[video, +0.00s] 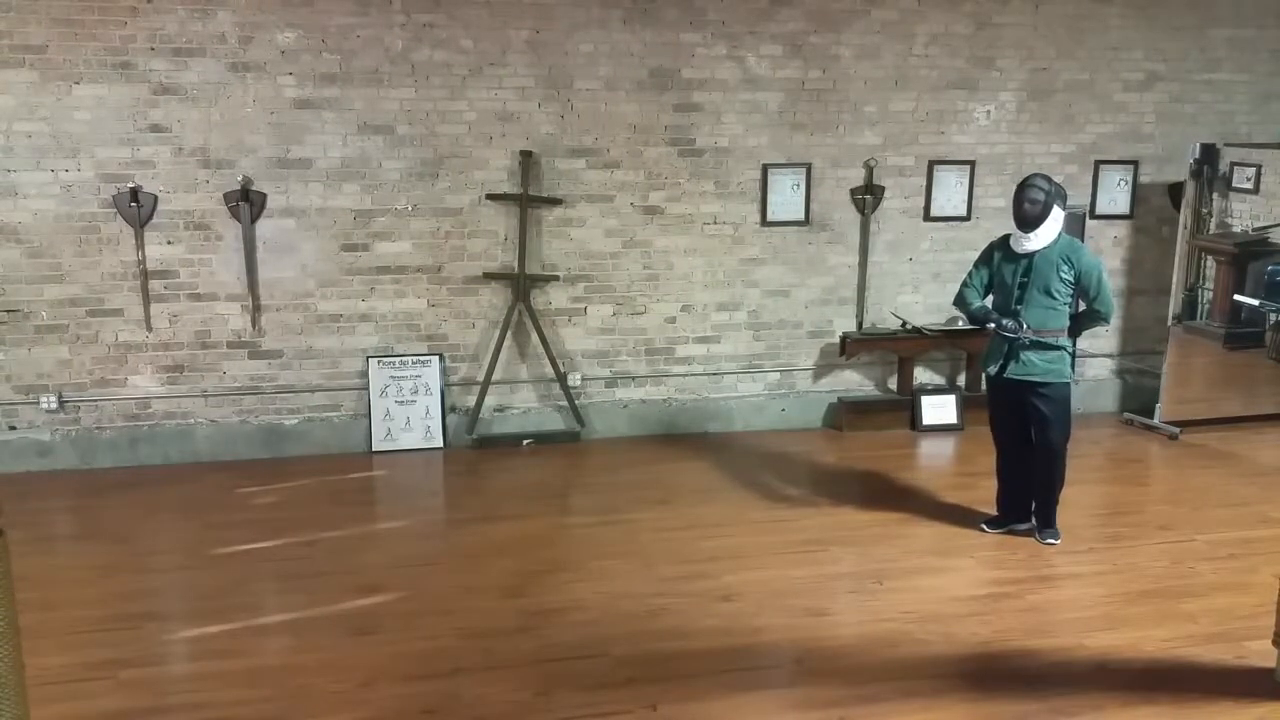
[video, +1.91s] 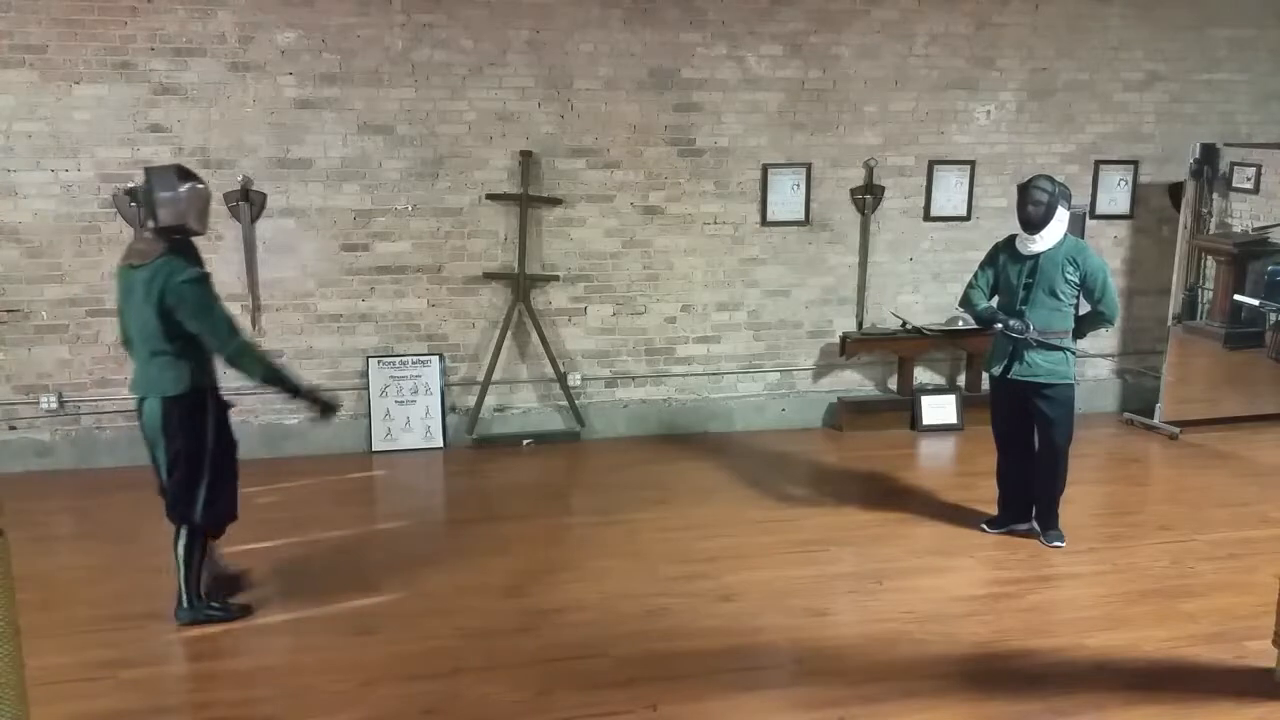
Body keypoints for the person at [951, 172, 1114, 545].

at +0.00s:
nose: (1024, 208)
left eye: (1033, 202)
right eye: (1020, 200)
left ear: (1053, 207)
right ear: (1014, 203)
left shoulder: (1074, 254)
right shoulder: (999, 250)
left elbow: (1102, 310)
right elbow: (966, 296)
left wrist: (1066, 329)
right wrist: (992, 318)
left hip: (1047, 370)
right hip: (1003, 368)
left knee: (1049, 449)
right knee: (1009, 447)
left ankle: (1047, 521)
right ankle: (1014, 514)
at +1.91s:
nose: (1028, 210)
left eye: (1036, 203)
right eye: (1024, 202)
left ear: (1057, 207)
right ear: (1018, 204)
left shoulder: (1079, 255)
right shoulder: (1004, 250)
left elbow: (1106, 312)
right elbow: (971, 298)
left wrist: (1068, 331)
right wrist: (1000, 320)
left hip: (1052, 373)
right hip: (1006, 371)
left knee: (1052, 453)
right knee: (1010, 449)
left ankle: (1048, 523)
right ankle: (1013, 515)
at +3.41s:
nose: (1027, 210)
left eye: (1035, 203)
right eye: (1023, 202)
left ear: (1056, 207)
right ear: (1017, 203)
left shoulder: (1080, 254)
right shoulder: (1005, 249)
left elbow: (1108, 310)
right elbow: (963, 294)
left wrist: (1073, 329)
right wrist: (998, 316)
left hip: (1050, 372)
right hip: (1005, 369)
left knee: (1049, 452)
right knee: (1011, 449)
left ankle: (1049, 523)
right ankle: (1015, 515)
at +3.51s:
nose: (1027, 210)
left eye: (1036, 205)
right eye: (1023, 203)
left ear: (1056, 209)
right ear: (1017, 204)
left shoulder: (1079, 255)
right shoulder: (1007, 249)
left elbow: (1107, 312)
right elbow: (974, 273)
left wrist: (1069, 330)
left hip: (1050, 368)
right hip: (1004, 364)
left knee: (1048, 451)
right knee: (1010, 447)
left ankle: (1047, 521)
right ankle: (1013, 515)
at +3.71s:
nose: (1028, 212)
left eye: (1037, 205)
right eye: (1024, 204)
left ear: (1057, 208)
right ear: (1019, 205)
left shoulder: (1078, 256)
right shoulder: (1005, 248)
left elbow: (1105, 313)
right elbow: (956, 254)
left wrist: (1071, 331)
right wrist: (907, 245)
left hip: (1048, 366)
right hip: (1003, 363)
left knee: (1048, 449)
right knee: (1009, 445)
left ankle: (1047, 521)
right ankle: (1014, 514)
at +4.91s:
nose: (1004, 219)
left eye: (1011, 211)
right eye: (1001, 211)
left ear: (1035, 210)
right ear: (1000, 211)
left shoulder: (1068, 253)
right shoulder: (996, 253)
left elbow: (1102, 308)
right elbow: (959, 288)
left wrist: (1067, 327)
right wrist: (920, 287)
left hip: (1046, 364)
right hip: (1002, 363)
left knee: (1048, 447)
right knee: (1007, 445)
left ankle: (1055, 524)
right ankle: (1012, 515)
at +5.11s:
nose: (1003, 217)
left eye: (1011, 209)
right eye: (1000, 209)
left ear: (1035, 210)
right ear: (999, 209)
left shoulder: (1064, 252)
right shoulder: (1001, 255)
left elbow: (1096, 310)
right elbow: (976, 300)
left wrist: (1067, 328)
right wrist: (937, 328)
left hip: (1043, 366)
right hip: (1004, 365)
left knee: (1052, 447)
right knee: (1009, 447)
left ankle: (1086, 519)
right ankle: (1013, 514)